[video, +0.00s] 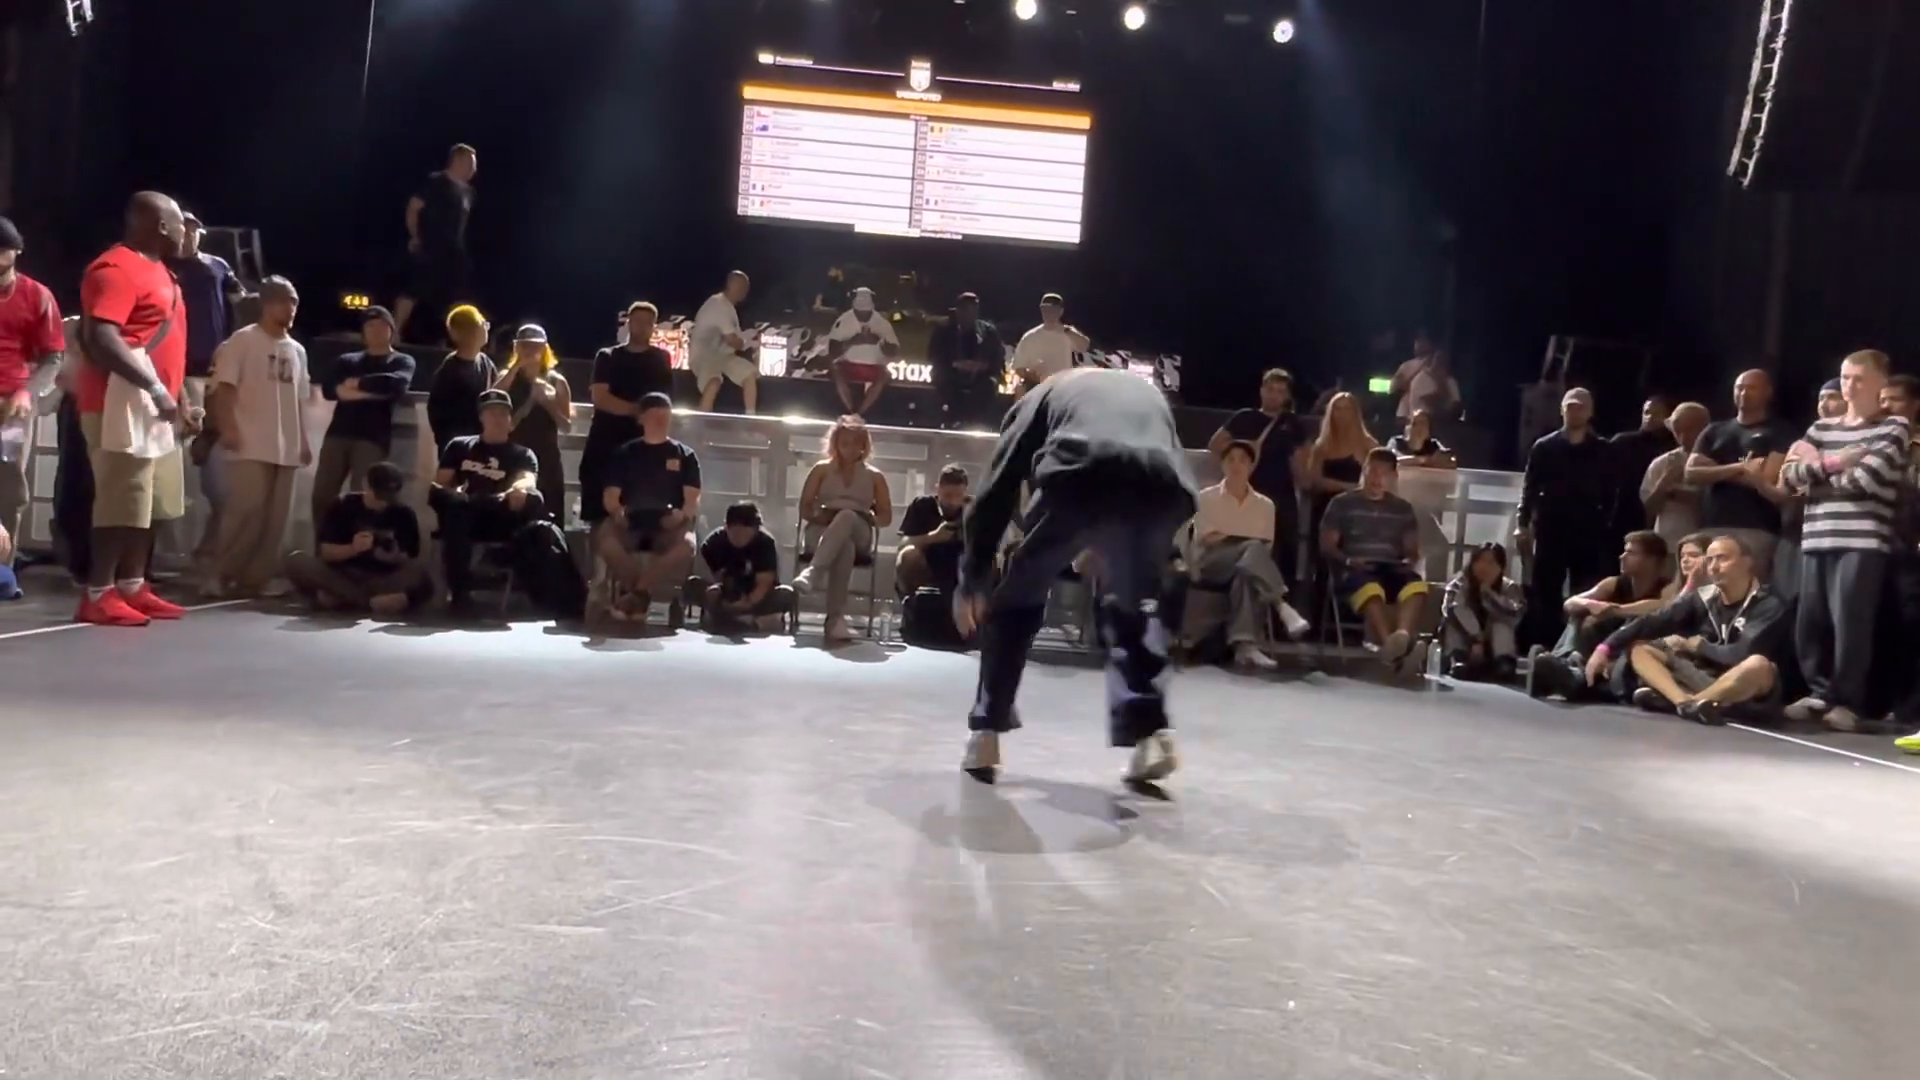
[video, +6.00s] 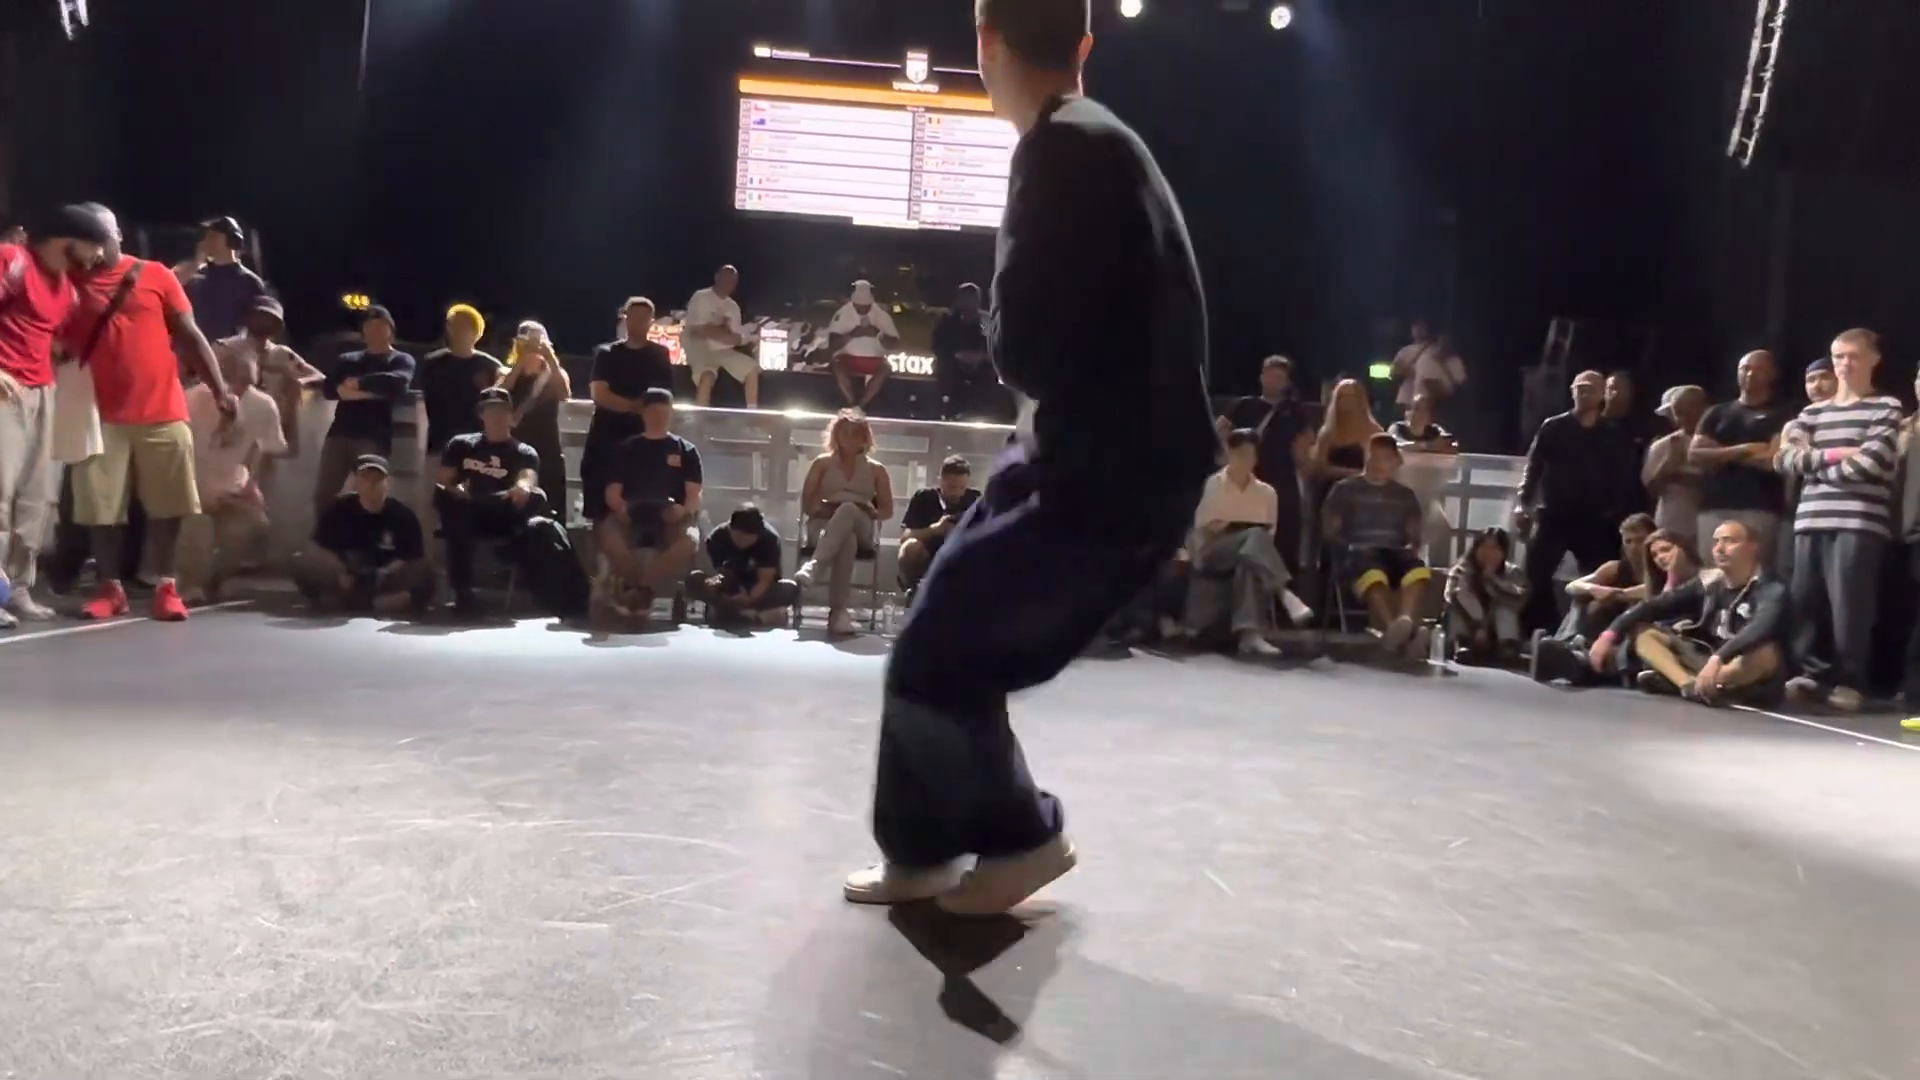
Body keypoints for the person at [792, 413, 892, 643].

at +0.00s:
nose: (851, 449)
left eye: (856, 443)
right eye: (845, 443)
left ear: (864, 446)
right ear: (835, 444)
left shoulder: (874, 477)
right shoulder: (821, 470)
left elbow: (885, 518)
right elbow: (805, 509)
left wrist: (861, 516)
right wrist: (828, 519)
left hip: (860, 538)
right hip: (820, 533)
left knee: (846, 516)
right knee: (845, 545)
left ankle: (812, 572)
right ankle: (835, 619)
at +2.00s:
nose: (874, 429)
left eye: (880, 424)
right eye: (869, 424)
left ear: (889, 426)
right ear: (859, 425)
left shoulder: (898, 457)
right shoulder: (845, 450)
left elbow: (908, 499)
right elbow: (828, 489)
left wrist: (884, 494)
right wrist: (852, 499)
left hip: (883, 518)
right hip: (843, 513)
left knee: (869, 496)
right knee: (868, 525)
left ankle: (835, 551)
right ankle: (857, 599)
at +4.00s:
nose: (874, 427)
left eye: (879, 421)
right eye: (868, 421)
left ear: (888, 425)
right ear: (858, 423)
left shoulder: (898, 457)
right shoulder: (845, 449)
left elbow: (908, 498)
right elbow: (828, 489)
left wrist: (890, 500)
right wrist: (848, 498)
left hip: (883, 517)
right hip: (844, 511)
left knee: (869, 496)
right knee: (869, 526)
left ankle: (835, 552)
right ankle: (857, 598)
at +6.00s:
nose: (853, 439)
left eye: (858, 433)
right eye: (847, 433)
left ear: (866, 438)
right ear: (836, 436)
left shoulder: (876, 470)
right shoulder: (822, 464)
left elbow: (886, 511)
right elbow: (808, 505)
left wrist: (863, 510)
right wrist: (835, 513)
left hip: (862, 531)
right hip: (823, 526)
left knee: (847, 509)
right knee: (847, 538)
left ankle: (814, 565)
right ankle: (838, 612)